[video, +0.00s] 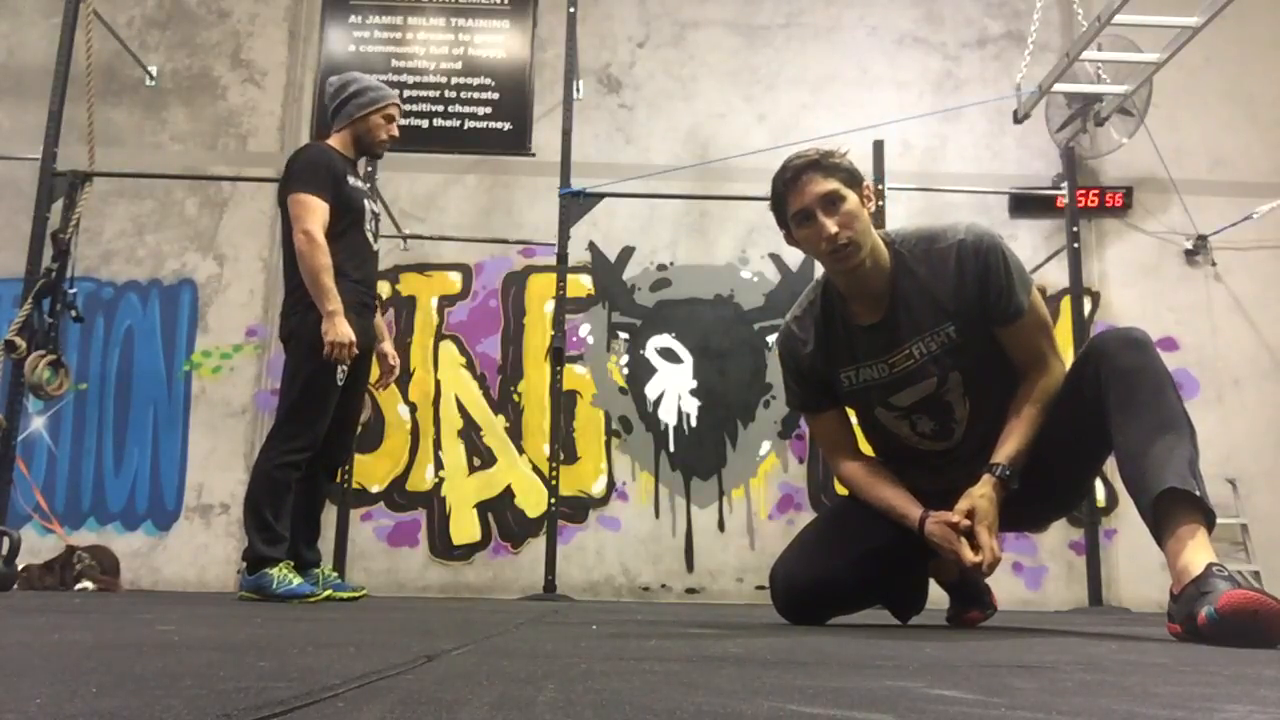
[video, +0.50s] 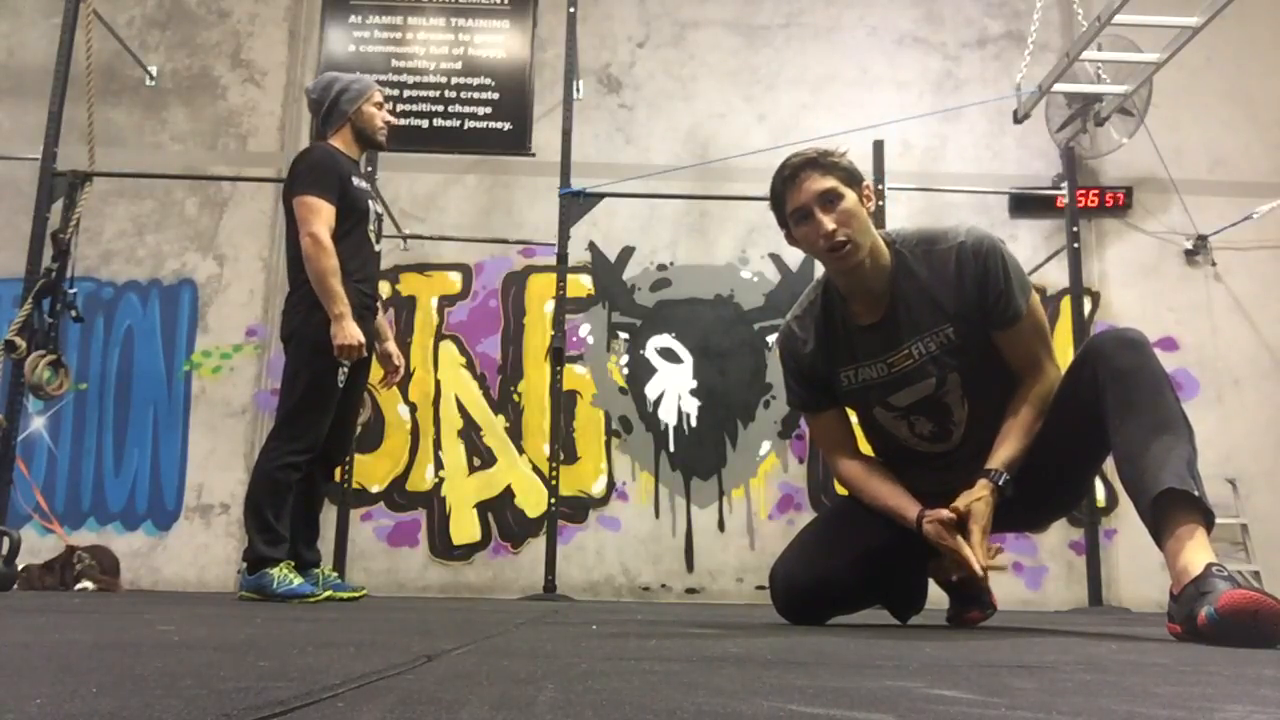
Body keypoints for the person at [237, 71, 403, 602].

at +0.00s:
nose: (394, 129)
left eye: (396, 120)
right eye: (387, 118)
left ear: (365, 123)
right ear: (354, 116)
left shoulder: (353, 177)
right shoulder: (314, 161)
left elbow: (357, 266)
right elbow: (307, 237)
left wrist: (380, 333)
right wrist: (332, 314)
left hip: (350, 328)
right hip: (318, 324)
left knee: (326, 449)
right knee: (295, 440)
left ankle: (303, 563)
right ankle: (262, 565)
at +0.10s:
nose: (396, 124)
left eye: (396, 115)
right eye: (388, 114)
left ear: (363, 120)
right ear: (356, 114)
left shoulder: (355, 176)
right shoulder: (317, 161)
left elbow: (358, 266)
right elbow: (308, 238)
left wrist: (379, 333)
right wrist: (331, 315)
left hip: (350, 329)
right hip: (318, 325)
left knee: (325, 450)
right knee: (295, 441)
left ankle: (303, 563)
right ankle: (263, 565)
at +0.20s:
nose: (393, 120)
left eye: (393, 112)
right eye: (385, 110)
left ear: (365, 118)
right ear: (353, 112)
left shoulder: (356, 174)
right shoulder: (319, 162)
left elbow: (359, 263)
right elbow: (310, 240)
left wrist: (378, 333)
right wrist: (330, 317)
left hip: (350, 328)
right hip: (318, 323)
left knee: (324, 450)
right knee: (295, 440)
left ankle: (302, 563)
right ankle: (263, 565)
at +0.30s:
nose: (392, 118)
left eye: (391, 110)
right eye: (383, 108)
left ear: (363, 117)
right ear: (351, 112)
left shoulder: (355, 174)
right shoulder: (320, 162)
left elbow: (360, 264)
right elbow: (313, 240)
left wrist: (379, 334)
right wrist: (332, 318)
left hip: (349, 327)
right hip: (318, 323)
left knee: (323, 451)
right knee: (295, 441)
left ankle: (302, 563)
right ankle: (263, 565)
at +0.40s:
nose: (389, 116)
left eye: (388, 108)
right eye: (379, 107)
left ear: (362, 117)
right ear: (348, 112)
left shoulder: (355, 173)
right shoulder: (319, 161)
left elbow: (360, 264)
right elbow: (313, 241)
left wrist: (381, 333)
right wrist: (336, 317)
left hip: (348, 327)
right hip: (318, 323)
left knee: (323, 451)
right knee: (295, 441)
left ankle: (302, 563)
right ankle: (263, 565)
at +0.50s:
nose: (389, 115)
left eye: (387, 107)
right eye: (379, 106)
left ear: (359, 116)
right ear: (347, 112)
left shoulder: (354, 175)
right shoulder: (319, 161)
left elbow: (360, 269)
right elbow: (314, 240)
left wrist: (384, 336)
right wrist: (340, 316)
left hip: (348, 330)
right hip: (319, 325)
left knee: (323, 452)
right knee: (295, 442)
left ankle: (302, 564)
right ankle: (263, 566)